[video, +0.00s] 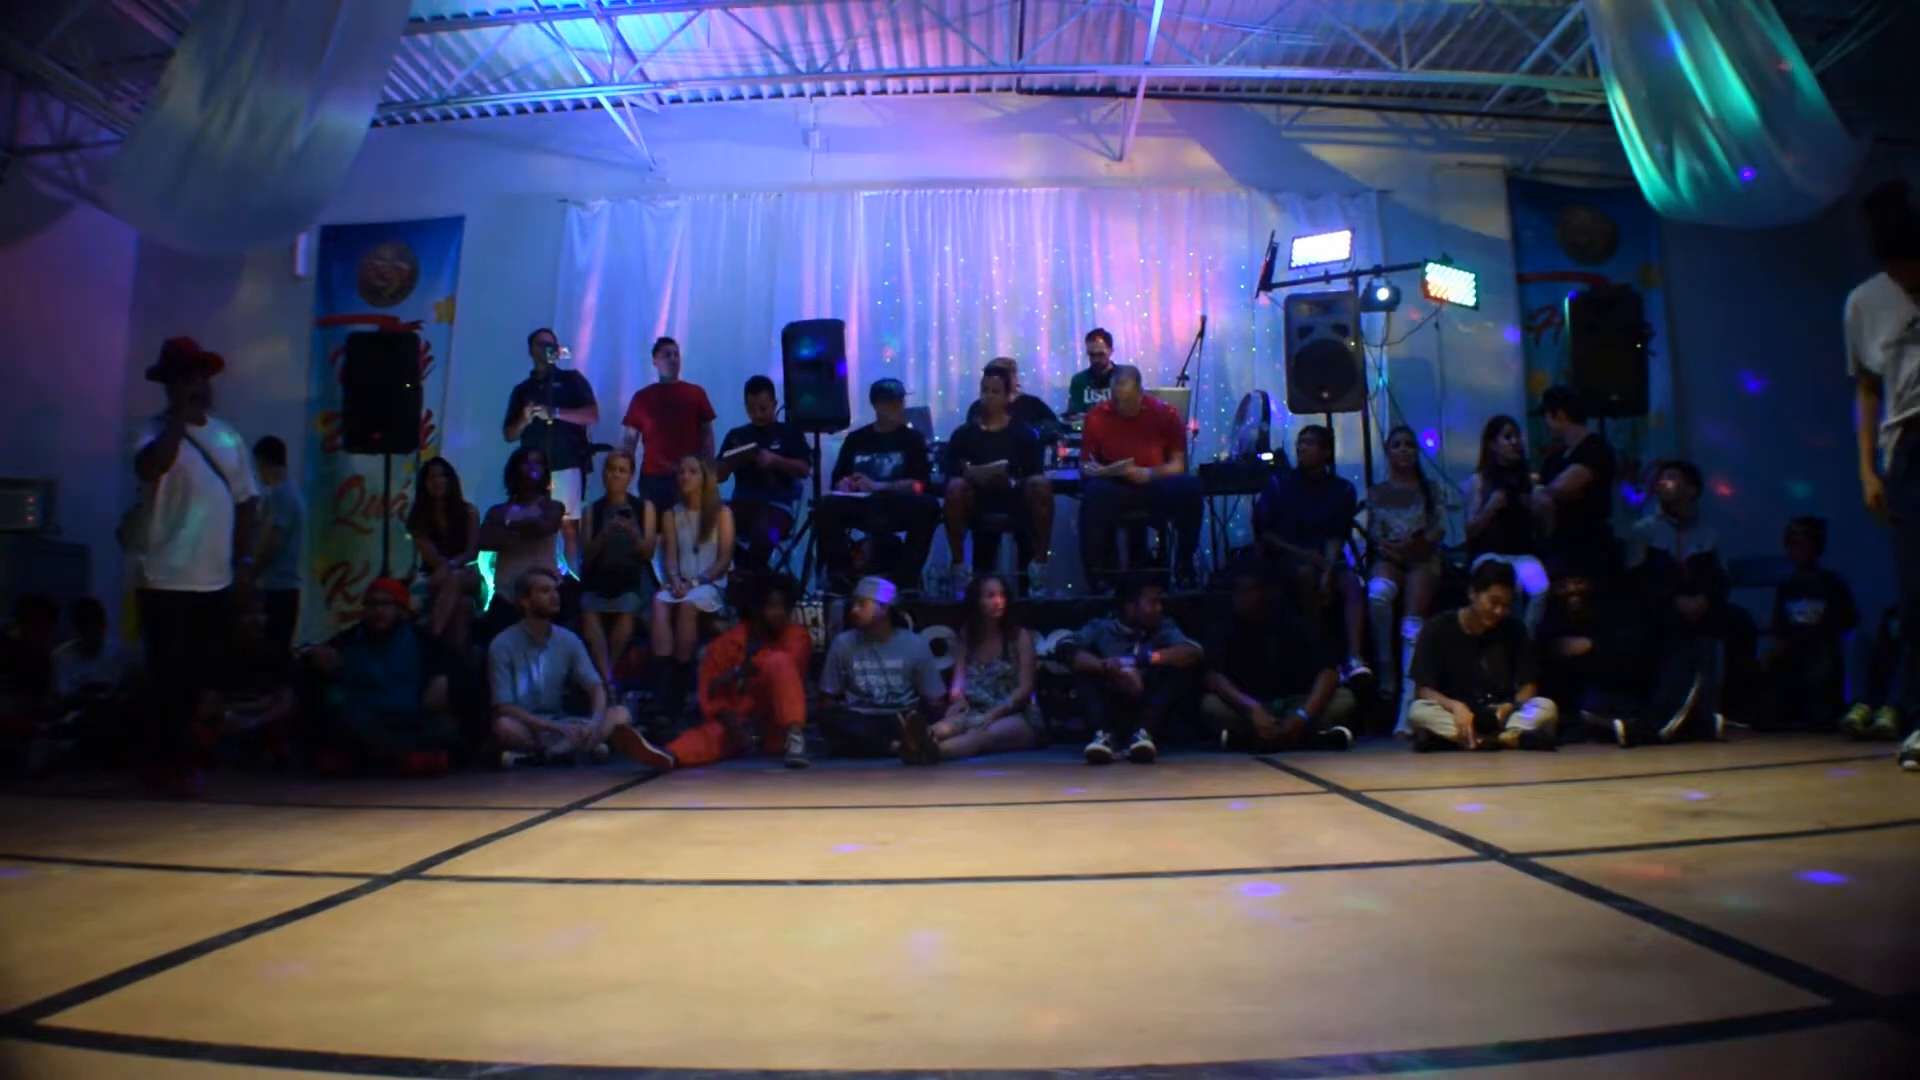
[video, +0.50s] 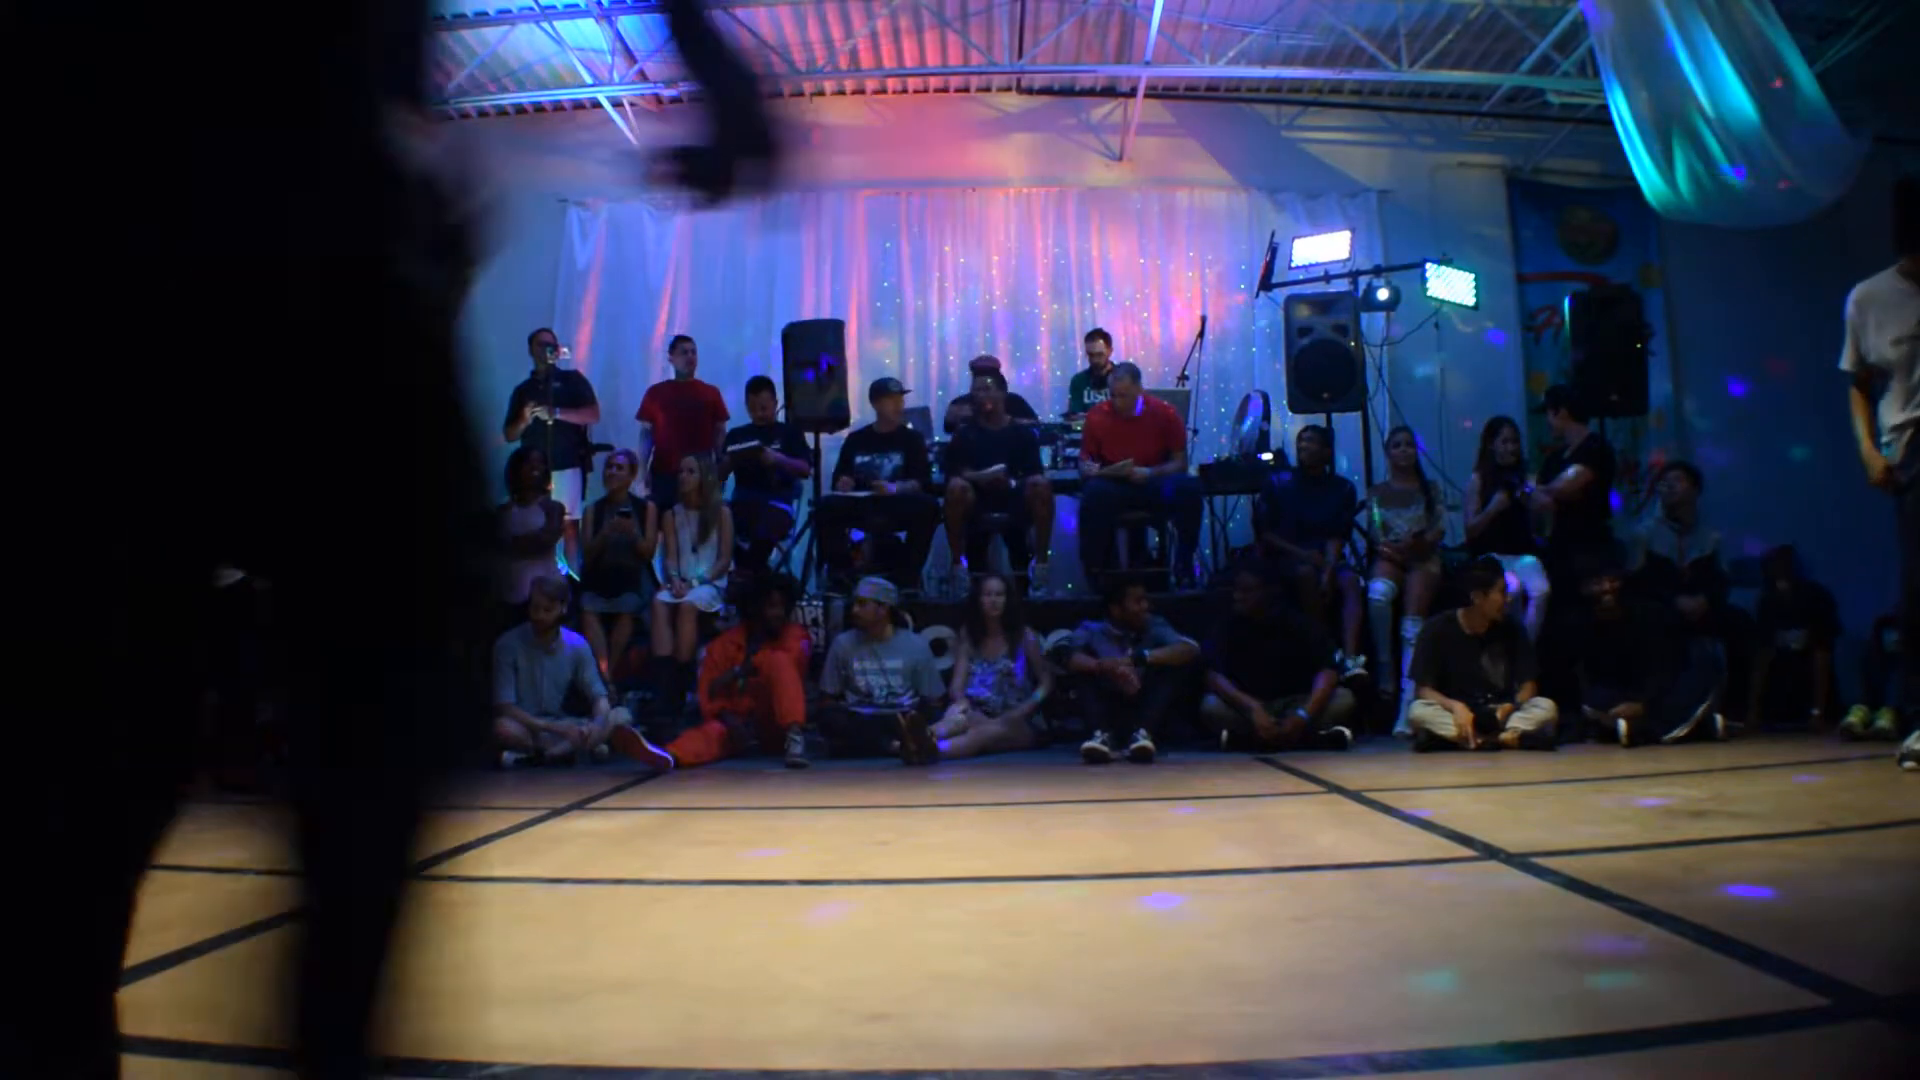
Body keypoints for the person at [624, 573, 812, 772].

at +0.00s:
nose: (778, 613)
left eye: (783, 607)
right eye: (771, 606)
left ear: (789, 609)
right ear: (755, 607)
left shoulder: (796, 636)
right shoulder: (727, 644)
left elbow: (786, 665)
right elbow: (710, 701)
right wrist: (733, 723)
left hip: (775, 723)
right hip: (738, 724)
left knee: (779, 661)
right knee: (709, 736)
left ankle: (795, 737)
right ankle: (669, 755)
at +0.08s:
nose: (778, 613)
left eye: (783, 607)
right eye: (771, 606)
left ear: (789, 609)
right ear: (754, 608)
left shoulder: (796, 637)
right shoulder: (726, 645)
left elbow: (786, 667)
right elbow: (710, 702)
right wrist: (731, 719)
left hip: (775, 723)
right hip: (739, 725)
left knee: (778, 661)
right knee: (711, 735)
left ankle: (794, 737)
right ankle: (669, 755)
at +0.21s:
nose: (778, 613)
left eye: (783, 606)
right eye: (771, 606)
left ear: (789, 609)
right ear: (754, 609)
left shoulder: (796, 636)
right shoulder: (724, 646)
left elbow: (787, 667)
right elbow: (709, 705)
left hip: (775, 721)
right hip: (737, 724)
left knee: (779, 660)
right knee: (710, 736)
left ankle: (795, 737)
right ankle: (669, 756)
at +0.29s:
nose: (778, 613)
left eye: (783, 607)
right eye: (771, 606)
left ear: (790, 609)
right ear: (754, 609)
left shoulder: (796, 636)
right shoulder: (724, 646)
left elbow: (786, 664)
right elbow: (708, 706)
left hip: (774, 719)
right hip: (736, 724)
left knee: (778, 659)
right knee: (710, 736)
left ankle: (795, 736)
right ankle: (669, 756)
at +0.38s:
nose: (779, 613)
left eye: (783, 607)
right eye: (771, 606)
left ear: (789, 609)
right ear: (754, 609)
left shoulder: (796, 636)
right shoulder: (724, 646)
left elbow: (787, 664)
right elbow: (708, 706)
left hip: (774, 720)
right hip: (736, 724)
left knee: (778, 659)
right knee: (710, 736)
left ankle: (795, 736)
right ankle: (670, 755)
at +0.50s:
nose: (778, 614)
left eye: (783, 607)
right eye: (771, 606)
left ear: (789, 609)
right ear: (754, 608)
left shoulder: (795, 637)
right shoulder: (725, 645)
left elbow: (789, 666)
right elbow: (708, 702)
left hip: (774, 720)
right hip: (736, 723)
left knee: (778, 660)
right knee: (710, 736)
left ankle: (795, 736)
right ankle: (669, 755)